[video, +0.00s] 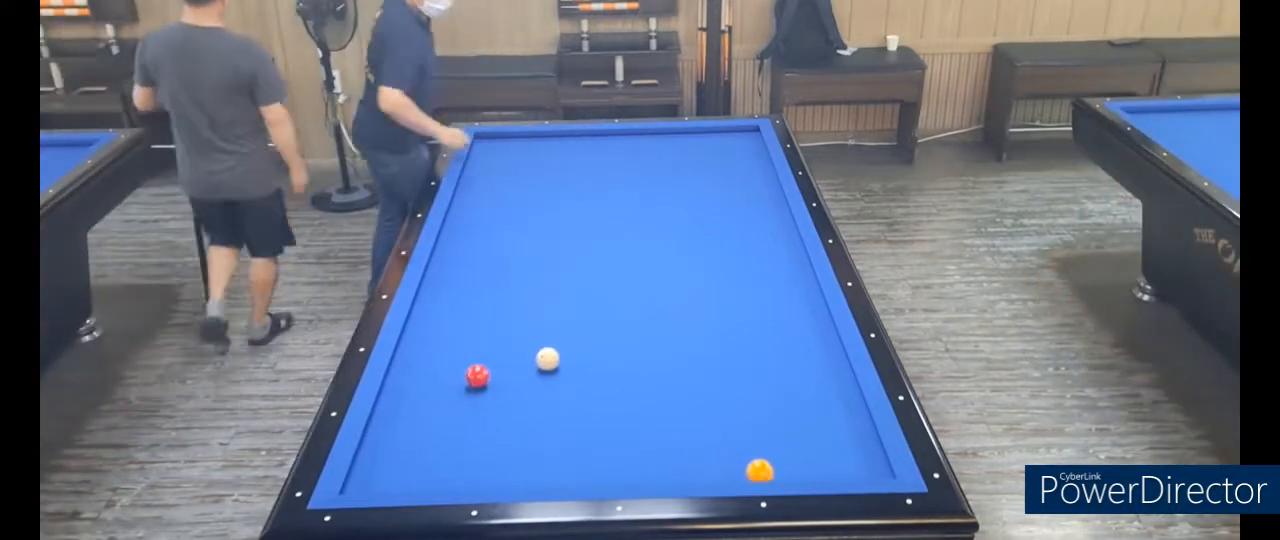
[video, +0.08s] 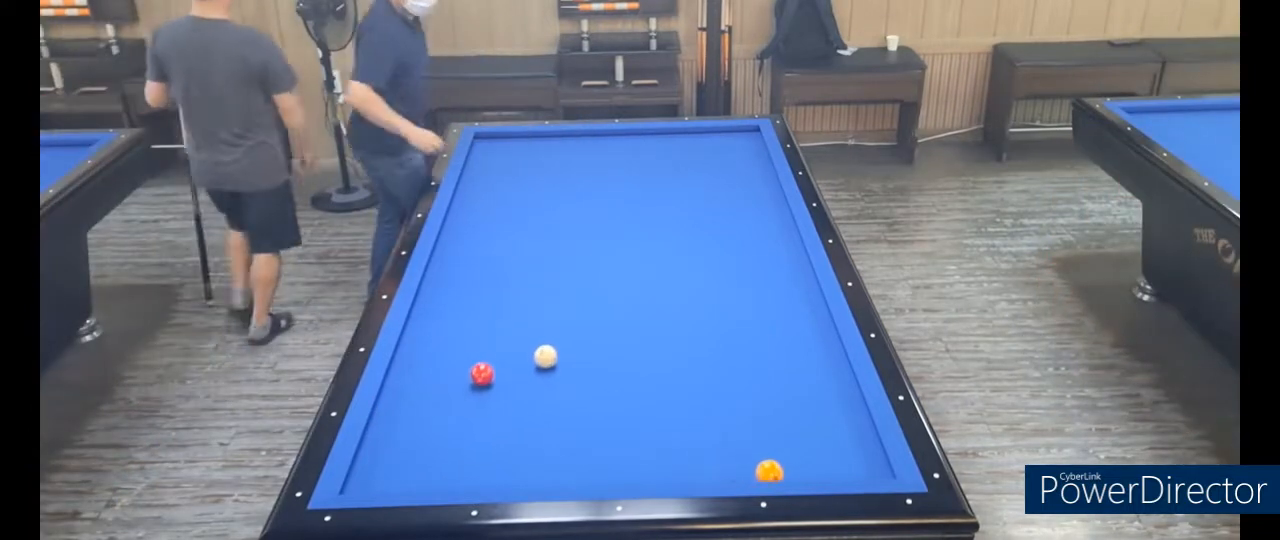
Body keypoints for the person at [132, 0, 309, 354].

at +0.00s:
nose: (226, 6)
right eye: (225, 3)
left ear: (185, 2)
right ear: (221, 2)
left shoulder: (154, 46)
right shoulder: (247, 53)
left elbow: (143, 102)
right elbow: (277, 119)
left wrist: (181, 94)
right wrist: (296, 166)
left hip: (200, 181)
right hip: (252, 179)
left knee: (222, 239)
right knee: (265, 250)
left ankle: (214, 309)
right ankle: (259, 325)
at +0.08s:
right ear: (229, 1)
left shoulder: (168, 37)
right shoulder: (254, 43)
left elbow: (155, 98)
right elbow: (292, 114)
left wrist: (191, 89)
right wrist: (303, 151)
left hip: (210, 171)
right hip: (260, 171)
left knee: (237, 225)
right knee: (266, 245)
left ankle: (239, 298)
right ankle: (260, 324)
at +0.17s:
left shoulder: (176, 32)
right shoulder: (260, 37)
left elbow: (161, 96)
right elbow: (294, 103)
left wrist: (195, 86)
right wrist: (304, 135)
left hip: (217, 166)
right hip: (264, 166)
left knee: (251, 226)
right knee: (268, 244)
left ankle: (261, 292)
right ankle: (260, 323)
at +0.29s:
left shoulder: (191, 30)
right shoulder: (270, 32)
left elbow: (176, 93)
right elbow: (306, 90)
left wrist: (202, 70)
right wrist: (322, 118)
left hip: (230, 158)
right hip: (274, 158)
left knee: (264, 219)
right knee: (274, 237)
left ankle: (289, 267)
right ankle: (261, 321)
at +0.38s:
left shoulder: (197, 28)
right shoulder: (275, 29)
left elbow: (186, 89)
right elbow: (310, 85)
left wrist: (213, 68)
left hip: (238, 153)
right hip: (280, 154)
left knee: (268, 215)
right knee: (283, 231)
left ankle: (290, 264)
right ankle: (264, 313)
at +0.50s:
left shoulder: (211, 13)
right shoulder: (283, 16)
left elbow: (205, 73)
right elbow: (310, 71)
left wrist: (236, 64)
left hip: (248, 136)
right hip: (290, 136)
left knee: (271, 203)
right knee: (315, 202)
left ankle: (295, 264)